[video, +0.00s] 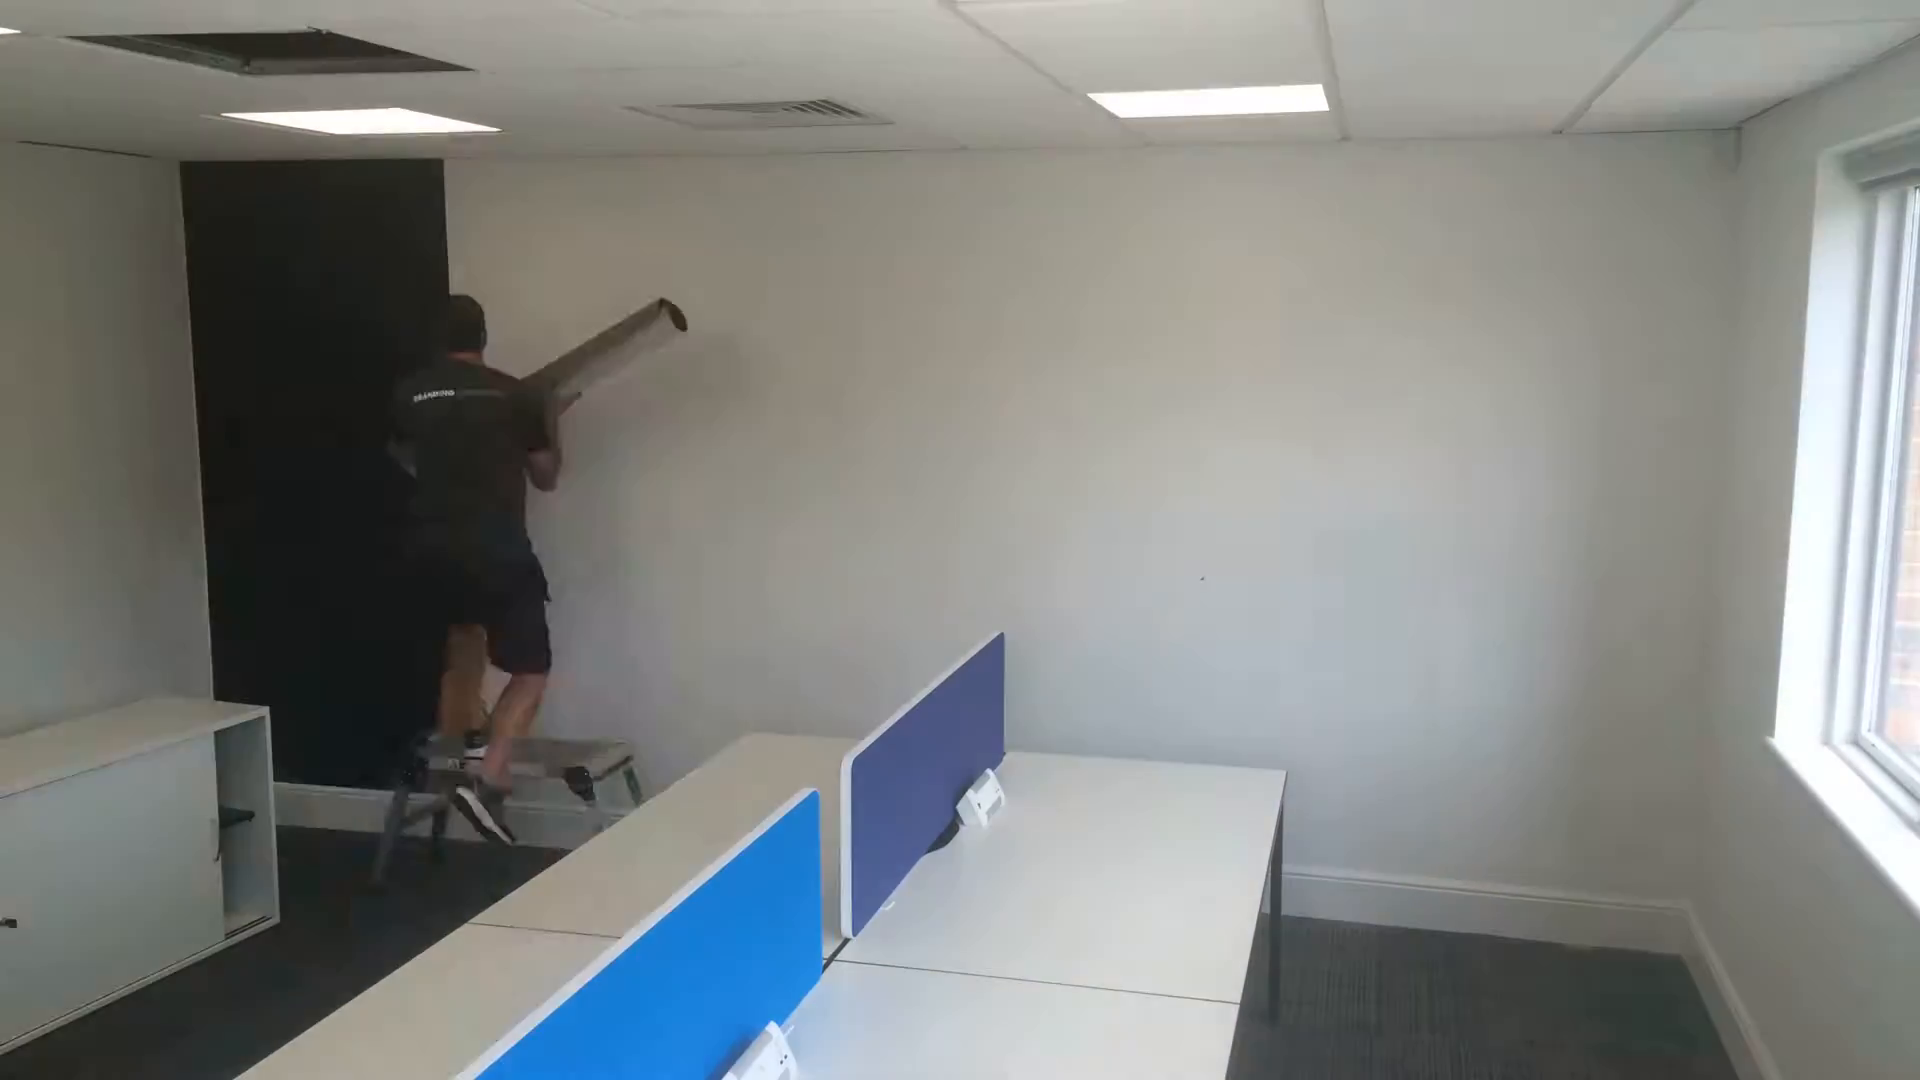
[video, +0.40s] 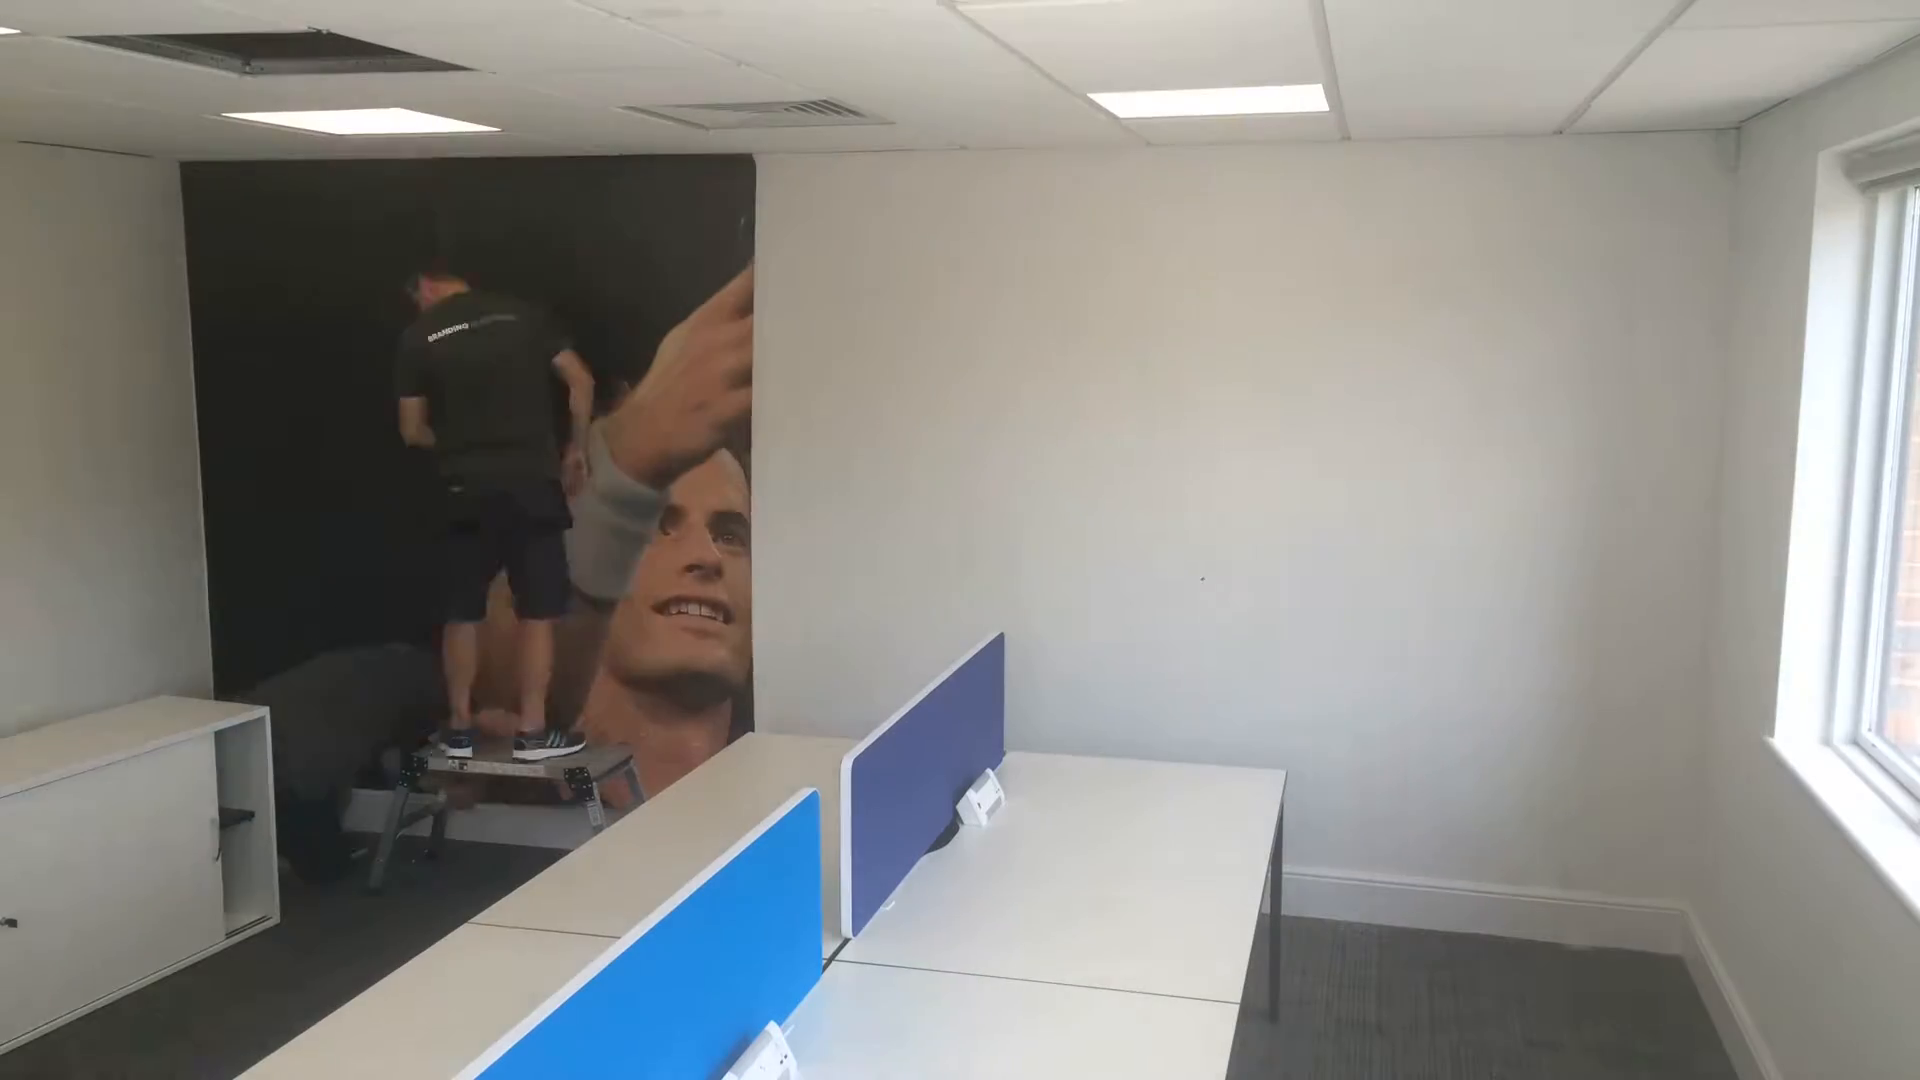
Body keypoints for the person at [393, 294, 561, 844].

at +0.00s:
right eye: (476, 336)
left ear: (437, 341)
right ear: (483, 339)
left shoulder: (410, 392)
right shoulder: (514, 394)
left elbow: (404, 460)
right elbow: (546, 476)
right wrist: (550, 419)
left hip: (433, 544)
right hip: (499, 547)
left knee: (460, 654)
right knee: (529, 673)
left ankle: (446, 763)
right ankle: (484, 784)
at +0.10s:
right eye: (430, 258)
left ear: (395, 281)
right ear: (430, 270)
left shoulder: (383, 329)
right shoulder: (470, 306)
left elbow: (398, 267)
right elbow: (547, 273)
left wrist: (415, 214)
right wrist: (609, 231)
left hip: (428, 483)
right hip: (493, 475)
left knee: (440, 603)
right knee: (519, 595)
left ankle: (446, 724)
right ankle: (518, 720)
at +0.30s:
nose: (447, 283)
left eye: (432, 274)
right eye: (451, 275)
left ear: (413, 279)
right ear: (454, 277)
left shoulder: (394, 323)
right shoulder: (477, 307)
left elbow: (402, 268)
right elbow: (558, 281)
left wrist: (419, 211)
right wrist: (615, 228)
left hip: (432, 481)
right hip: (496, 476)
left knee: (442, 604)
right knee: (520, 599)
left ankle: (445, 726)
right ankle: (515, 722)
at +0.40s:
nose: (419, 307)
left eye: (417, 298)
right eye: (417, 299)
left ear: (427, 288)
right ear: (468, 281)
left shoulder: (420, 337)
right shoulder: (523, 314)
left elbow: (413, 431)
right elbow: (581, 380)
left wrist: (459, 439)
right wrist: (577, 448)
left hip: (466, 491)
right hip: (532, 485)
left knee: (461, 612)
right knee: (537, 611)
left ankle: (459, 728)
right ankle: (532, 733)